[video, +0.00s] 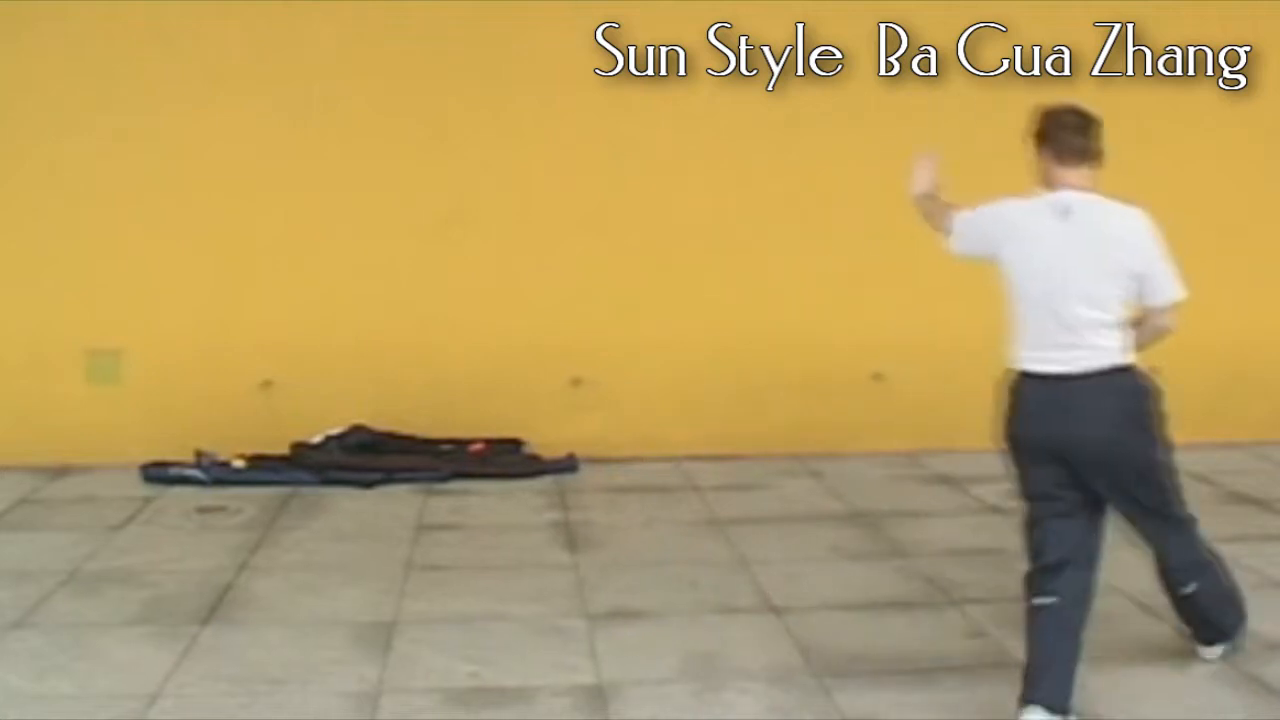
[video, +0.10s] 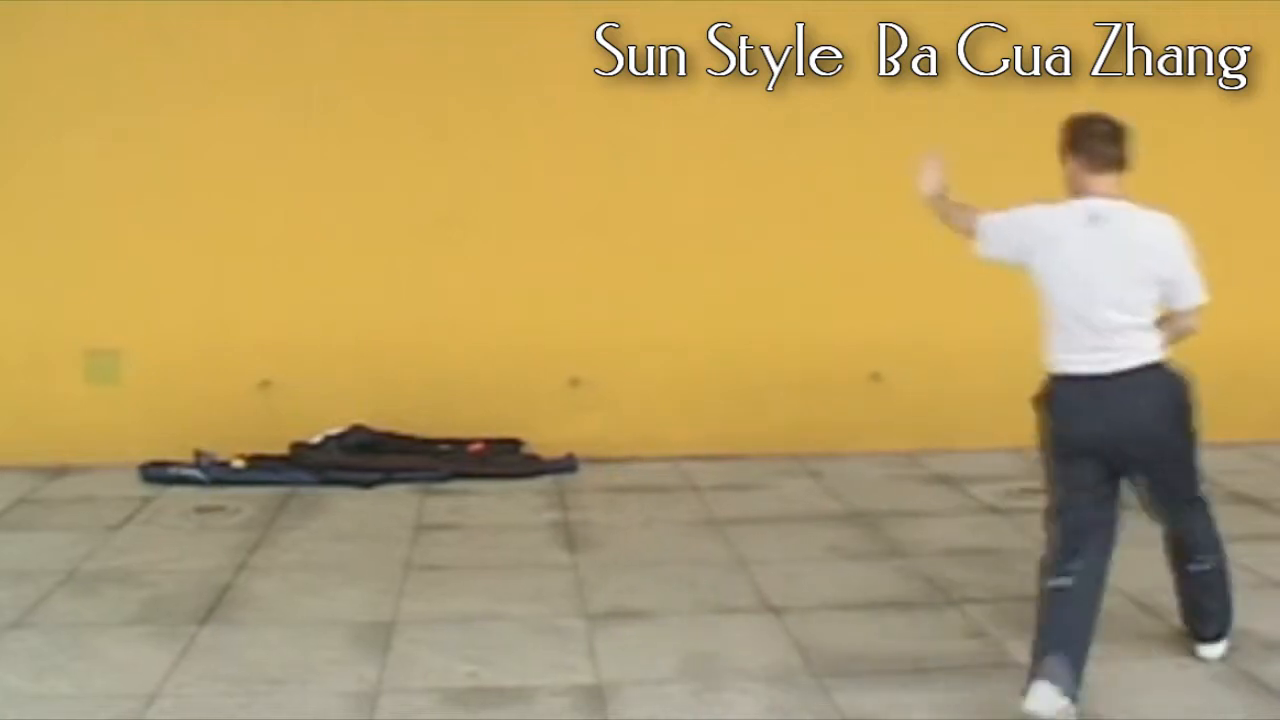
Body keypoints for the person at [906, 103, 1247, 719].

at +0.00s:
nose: (1047, 165)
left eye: (1043, 155)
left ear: (1042, 157)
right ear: (1098, 158)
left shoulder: (1015, 219)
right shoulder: (1129, 222)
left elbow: (952, 225)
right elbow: (1163, 316)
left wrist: (923, 195)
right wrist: (1111, 347)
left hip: (1035, 405)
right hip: (1112, 402)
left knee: (1056, 561)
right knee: (1166, 523)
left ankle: (1043, 703)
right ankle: (1220, 627)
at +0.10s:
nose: (1068, 170)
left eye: (1067, 161)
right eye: (1075, 161)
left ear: (1071, 164)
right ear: (1123, 164)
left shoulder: (1046, 225)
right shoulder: (1160, 230)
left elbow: (975, 224)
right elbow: (1187, 320)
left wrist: (935, 196)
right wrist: (1136, 341)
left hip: (1074, 401)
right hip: (1149, 397)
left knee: (1078, 538)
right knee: (1185, 511)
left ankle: (1053, 679)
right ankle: (1211, 631)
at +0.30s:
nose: (1088, 157)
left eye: (1091, 146)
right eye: (1090, 147)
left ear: (1108, 147)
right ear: (1144, 148)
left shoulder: (1087, 204)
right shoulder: (1190, 207)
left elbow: (999, 211)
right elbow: (1204, 292)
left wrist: (935, 191)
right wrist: (1151, 298)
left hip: (1107, 368)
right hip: (1178, 363)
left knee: (1121, 487)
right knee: (1191, 488)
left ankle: (1140, 588)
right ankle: (1209, 629)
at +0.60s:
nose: (1055, 175)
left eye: (1061, 164)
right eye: (1056, 164)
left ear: (1088, 165)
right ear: (1106, 167)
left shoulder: (1072, 218)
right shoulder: (1152, 217)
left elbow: (982, 223)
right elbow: (1156, 293)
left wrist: (905, 202)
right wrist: (1072, 326)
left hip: (1096, 367)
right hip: (1158, 361)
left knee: (1090, 463)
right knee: (1176, 487)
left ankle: (1091, 548)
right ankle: (1202, 606)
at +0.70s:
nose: (1034, 174)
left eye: (1039, 164)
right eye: (1035, 164)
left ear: (1066, 165)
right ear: (1080, 168)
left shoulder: (1054, 217)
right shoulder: (1125, 216)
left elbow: (969, 224)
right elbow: (1123, 293)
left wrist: (889, 204)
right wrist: (1046, 321)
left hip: (1072, 358)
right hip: (1129, 352)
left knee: (1064, 459)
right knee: (1150, 463)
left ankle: (1085, 548)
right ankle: (1191, 558)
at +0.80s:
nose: (1008, 167)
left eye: (1014, 156)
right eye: (1009, 157)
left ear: (1042, 157)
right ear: (1054, 159)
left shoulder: (1033, 211)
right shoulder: (1096, 210)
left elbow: (948, 216)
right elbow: (1078, 288)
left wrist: (872, 201)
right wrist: (1015, 313)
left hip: (1043, 345)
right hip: (1093, 340)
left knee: (1041, 450)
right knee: (1089, 439)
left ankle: (1081, 546)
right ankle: (1148, 513)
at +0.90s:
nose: (987, 165)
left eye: (993, 155)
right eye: (988, 155)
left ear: (1018, 157)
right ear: (1030, 158)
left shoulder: (1015, 207)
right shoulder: (1068, 206)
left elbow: (934, 214)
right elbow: (1050, 281)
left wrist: (856, 199)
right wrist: (990, 308)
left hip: (1023, 340)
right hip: (1063, 334)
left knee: (1026, 445)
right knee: (1037, 427)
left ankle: (1076, 542)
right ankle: (1094, 500)